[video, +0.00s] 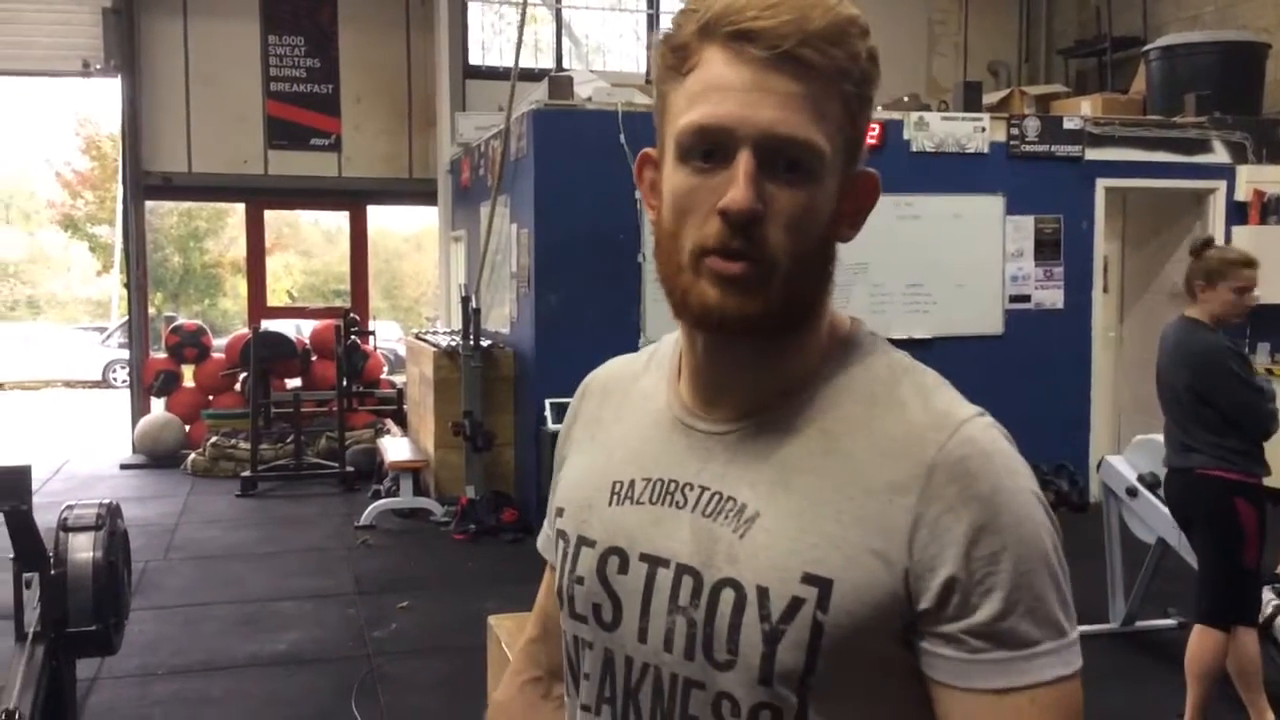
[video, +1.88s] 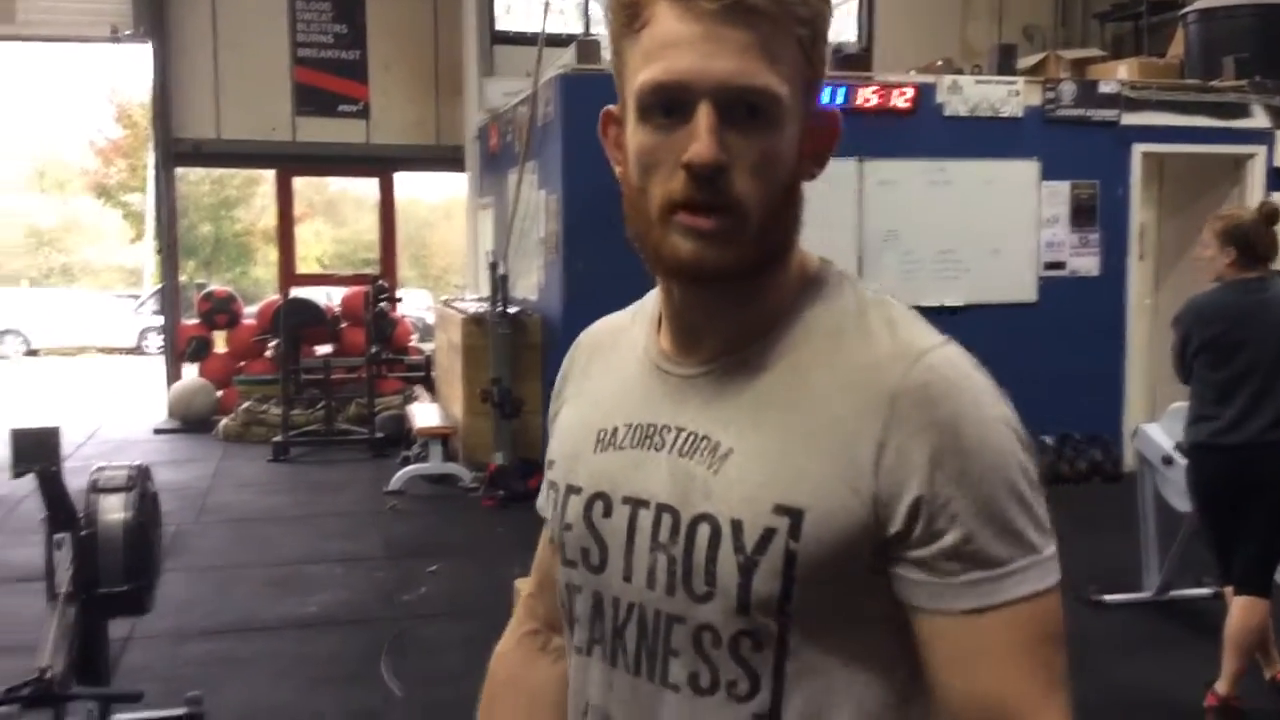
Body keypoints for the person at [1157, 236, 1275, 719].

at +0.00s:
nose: (1251, 301)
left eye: (1252, 291)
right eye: (1242, 291)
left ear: (1204, 292)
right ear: (1205, 290)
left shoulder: (1176, 336)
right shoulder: (1214, 349)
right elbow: (1263, 420)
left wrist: (1253, 387)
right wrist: (1260, 385)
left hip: (1191, 481)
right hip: (1223, 488)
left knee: (1241, 611)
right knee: (1215, 613)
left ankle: (1261, 712)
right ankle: (1192, 715)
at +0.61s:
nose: (1266, 309)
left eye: (1268, 300)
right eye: (1265, 299)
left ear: (1221, 286)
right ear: (1240, 291)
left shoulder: (1165, 339)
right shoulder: (1249, 350)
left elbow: (1175, 408)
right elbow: (1273, 422)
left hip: (1178, 482)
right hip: (1235, 486)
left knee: (1234, 608)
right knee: (1219, 612)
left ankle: (1257, 709)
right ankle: (1202, 710)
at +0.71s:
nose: (1262, 309)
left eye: (1265, 299)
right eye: (1261, 298)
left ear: (1218, 284)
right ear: (1238, 289)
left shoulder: (1162, 336)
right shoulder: (1246, 348)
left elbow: (1167, 401)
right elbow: (1272, 420)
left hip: (1174, 478)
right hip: (1232, 483)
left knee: (1183, 595)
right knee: (1233, 603)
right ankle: (1253, 705)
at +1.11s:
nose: (1242, 289)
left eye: (1243, 281)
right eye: (1241, 281)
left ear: (1186, 275)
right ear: (1232, 281)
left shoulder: (1151, 330)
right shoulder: (1232, 339)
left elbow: (1154, 394)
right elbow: (1258, 418)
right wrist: (1208, 398)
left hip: (1160, 472)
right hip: (1218, 476)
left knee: (1169, 588)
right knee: (1218, 597)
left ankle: (1169, 698)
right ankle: (1240, 703)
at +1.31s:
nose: (1170, 279)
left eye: (1173, 272)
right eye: (1172, 272)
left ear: (1182, 277)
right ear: (1227, 280)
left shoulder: (1150, 330)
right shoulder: (1251, 333)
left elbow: (1150, 393)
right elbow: (1266, 412)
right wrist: (1217, 408)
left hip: (1157, 476)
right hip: (1223, 478)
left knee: (1209, 589)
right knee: (1199, 601)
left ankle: (1236, 696)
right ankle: (1179, 710)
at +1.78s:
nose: (1180, 258)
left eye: (1189, 250)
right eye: (1182, 248)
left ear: (1219, 259)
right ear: (1233, 258)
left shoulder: (1184, 311)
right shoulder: (1274, 300)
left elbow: (1165, 371)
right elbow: (1272, 365)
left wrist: (1217, 358)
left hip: (1196, 459)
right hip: (1265, 455)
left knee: (1218, 578)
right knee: (1236, 578)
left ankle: (1258, 674)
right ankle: (1206, 692)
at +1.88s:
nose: (1203, 258)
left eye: (1210, 249)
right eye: (1205, 248)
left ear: (1230, 255)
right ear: (1259, 252)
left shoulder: (1199, 310)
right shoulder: (1275, 296)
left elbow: (1185, 369)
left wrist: (1231, 368)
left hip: (1212, 452)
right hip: (1271, 449)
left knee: (1239, 571)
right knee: (1253, 575)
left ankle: (1271, 664)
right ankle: (1223, 688)